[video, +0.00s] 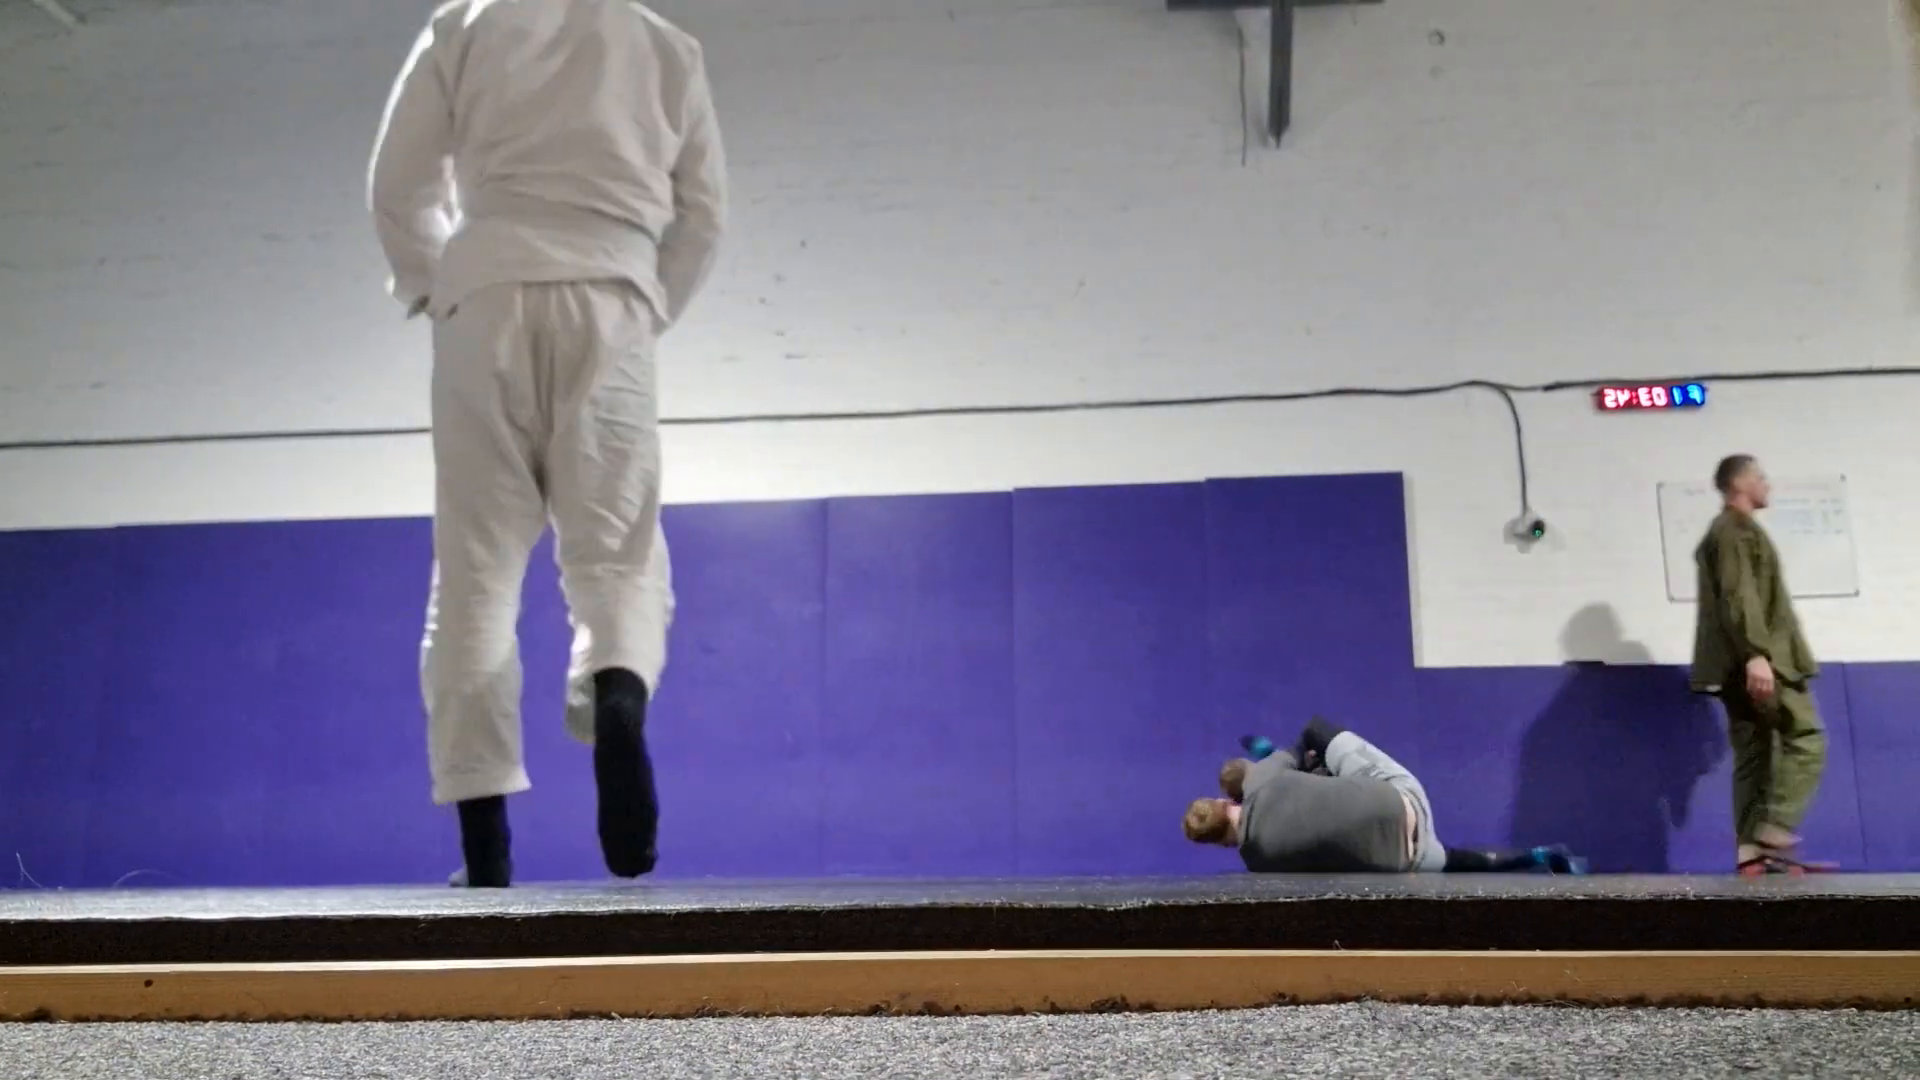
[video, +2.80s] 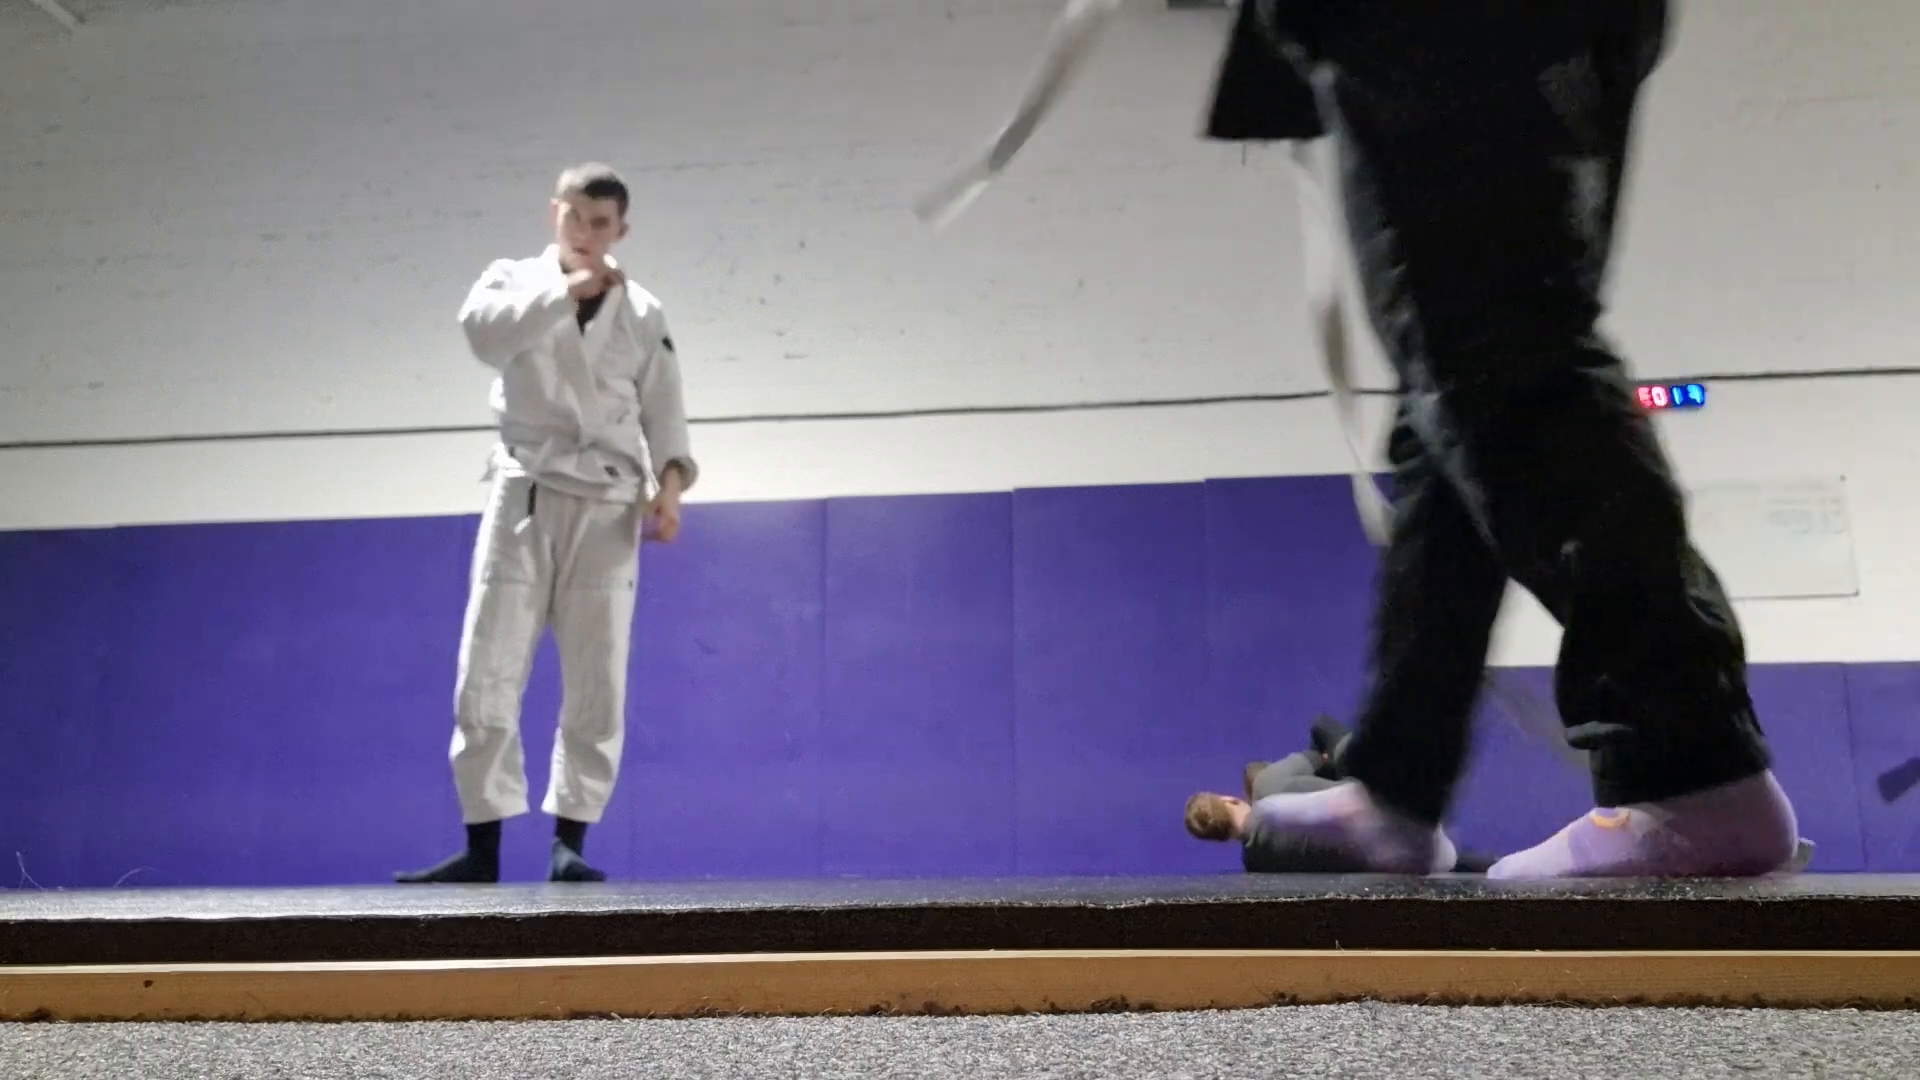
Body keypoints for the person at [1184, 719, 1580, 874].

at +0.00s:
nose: (1218, 798)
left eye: (1211, 828)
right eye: (1220, 795)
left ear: (1218, 843)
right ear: (1230, 794)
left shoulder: (1258, 862)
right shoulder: (1261, 778)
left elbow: (1315, 866)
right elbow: (1303, 751)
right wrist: (1281, 761)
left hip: (1407, 861)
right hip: (1407, 805)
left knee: (1459, 859)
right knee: (1320, 729)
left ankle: (1535, 861)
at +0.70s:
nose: (1244, 772)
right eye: (1240, 778)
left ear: (1223, 839)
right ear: (1238, 793)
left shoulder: (1262, 862)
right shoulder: (1268, 783)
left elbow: (1325, 852)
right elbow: (1311, 752)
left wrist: (1318, 781)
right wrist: (1316, 768)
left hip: (1414, 855)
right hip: (1405, 799)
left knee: (1471, 857)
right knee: (1326, 740)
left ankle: (1549, 858)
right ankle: (1262, 716)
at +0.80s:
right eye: (1233, 787)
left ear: (1220, 842)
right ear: (1232, 796)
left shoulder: (1261, 863)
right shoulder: (1269, 789)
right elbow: (1303, 751)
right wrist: (1276, 760)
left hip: (1412, 855)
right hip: (1400, 804)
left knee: (1472, 854)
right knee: (1312, 733)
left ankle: (1552, 855)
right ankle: (1265, 754)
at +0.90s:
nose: (1250, 772)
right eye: (1244, 778)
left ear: (1219, 841)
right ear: (1232, 794)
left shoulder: (1260, 864)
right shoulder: (1265, 782)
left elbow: (1323, 864)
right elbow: (1305, 753)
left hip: (1410, 857)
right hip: (1398, 801)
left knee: (1471, 856)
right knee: (1311, 731)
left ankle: (1550, 854)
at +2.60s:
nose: (1230, 793)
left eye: (1225, 793)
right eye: (1227, 793)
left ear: (1216, 840)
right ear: (1230, 797)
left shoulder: (1258, 864)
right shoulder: (1274, 782)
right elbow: (1321, 758)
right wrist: (1265, 775)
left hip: (1423, 863)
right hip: (1416, 808)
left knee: (1458, 856)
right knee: (1324, 727)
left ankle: (1514, 866)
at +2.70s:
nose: (1232, 795)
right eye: (1228, 795)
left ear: (1217, 841)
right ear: (1231, 798)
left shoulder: (1258, 864)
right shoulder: (1271, 781)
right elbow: (1317, 757)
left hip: (1422, 865)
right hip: (1415, 810)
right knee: (1342, 740)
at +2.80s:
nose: (1227, 795)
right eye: (1225, 797)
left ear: (1217, 841)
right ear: (1227, 798)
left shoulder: (1258, 865)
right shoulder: (1269, 785)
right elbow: (1317, 758)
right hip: (1386, 806)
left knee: (1458, 863)